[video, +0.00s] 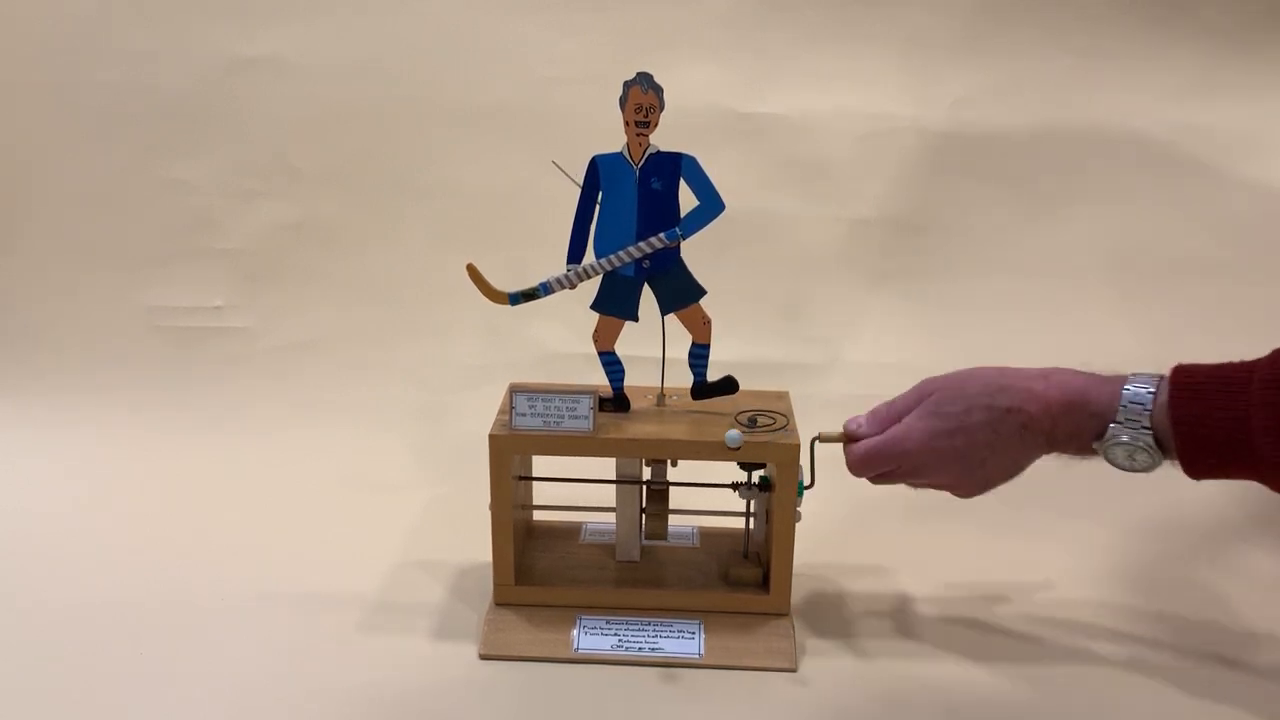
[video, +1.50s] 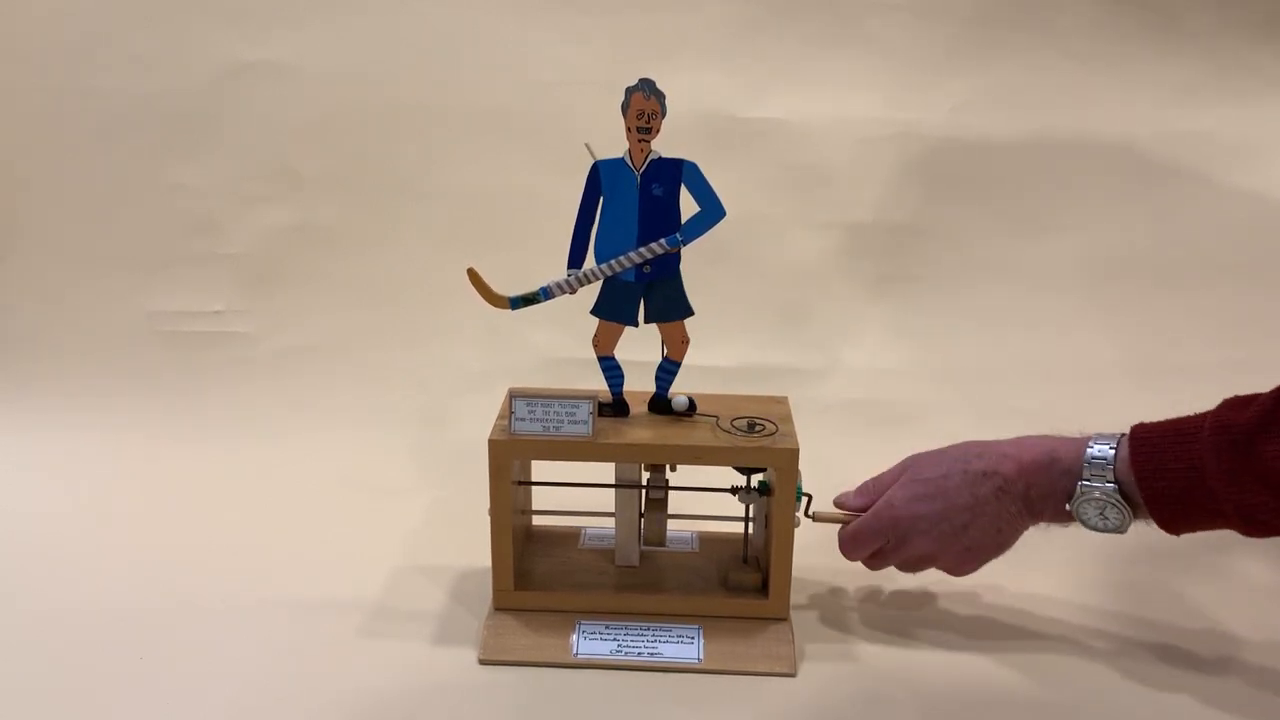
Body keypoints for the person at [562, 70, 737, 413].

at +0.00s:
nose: (644, 116)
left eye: (651, 109)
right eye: (637, 108)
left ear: (660, 115)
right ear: (622, 112)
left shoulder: (678, 163)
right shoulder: (601, 165)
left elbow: (714, 205)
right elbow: (582, 220)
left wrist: (675, 235)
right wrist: (573, 267)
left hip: (665, 265)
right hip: (620, 267)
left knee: (701, 326)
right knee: (603, 339)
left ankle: (700, 385)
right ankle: (619, 396)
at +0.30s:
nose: (643, 115)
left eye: (650, 107)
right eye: (636, 107)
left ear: (659, 114)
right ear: (621, 113)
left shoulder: (678, 163)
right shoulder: (601, 166)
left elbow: (712, 204)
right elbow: (582, 218)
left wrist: (672, 235)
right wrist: (573, 266)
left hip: (665, 262)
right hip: (620, 266)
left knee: (709, 319)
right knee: (602, 339)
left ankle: (715, 378)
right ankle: (618, 397)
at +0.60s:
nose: (642, 117)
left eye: (649, 111)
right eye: (635, 110)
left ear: (658, 119)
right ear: (620, 116)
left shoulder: (676, 167)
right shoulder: (600, 170)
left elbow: (713, 208)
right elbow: (582, 223)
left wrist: (674, 238)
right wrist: (572, 271)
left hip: (666, 263)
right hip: (621, 268)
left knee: (718, 313)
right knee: (603, 342)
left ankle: (733, 372)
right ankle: (618, 400)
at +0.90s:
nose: (643, 118)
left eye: (650, 112)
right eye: (636, 111)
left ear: (658, 120)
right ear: (622, 117)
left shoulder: (677, 168)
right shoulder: (601, 170)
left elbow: (713, 209)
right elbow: (582, 226)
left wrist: (673, 240)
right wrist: (573, 273)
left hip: (665, 261)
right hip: (620, 268)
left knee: (725, 303)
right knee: (602, 343)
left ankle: (750, 359)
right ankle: (619, 401)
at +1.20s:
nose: (647, 121)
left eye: (654, 114)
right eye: (640, 113)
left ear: (663, 122)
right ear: (626, 118)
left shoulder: (681, 170)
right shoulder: (604, 171)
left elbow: (716, 211)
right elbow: (585, 224)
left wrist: (676, 241)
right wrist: (575, 270)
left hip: (667, 270)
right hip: (621, 272)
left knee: (706, 330)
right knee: (603, 344)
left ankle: (707, 389)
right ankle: (618, 402)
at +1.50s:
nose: (646, 120)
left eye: (653, 114)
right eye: (639, 113)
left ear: (662, 121)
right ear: (624, 118)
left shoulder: (678, 169)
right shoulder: (603, 171)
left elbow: (715, 211)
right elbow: (584, 224)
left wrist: (676, 241)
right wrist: (573, 273)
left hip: (663, 276)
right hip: (619, 276)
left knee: (678, 343)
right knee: (603, 344)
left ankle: (660, 399)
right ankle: (618, 400)